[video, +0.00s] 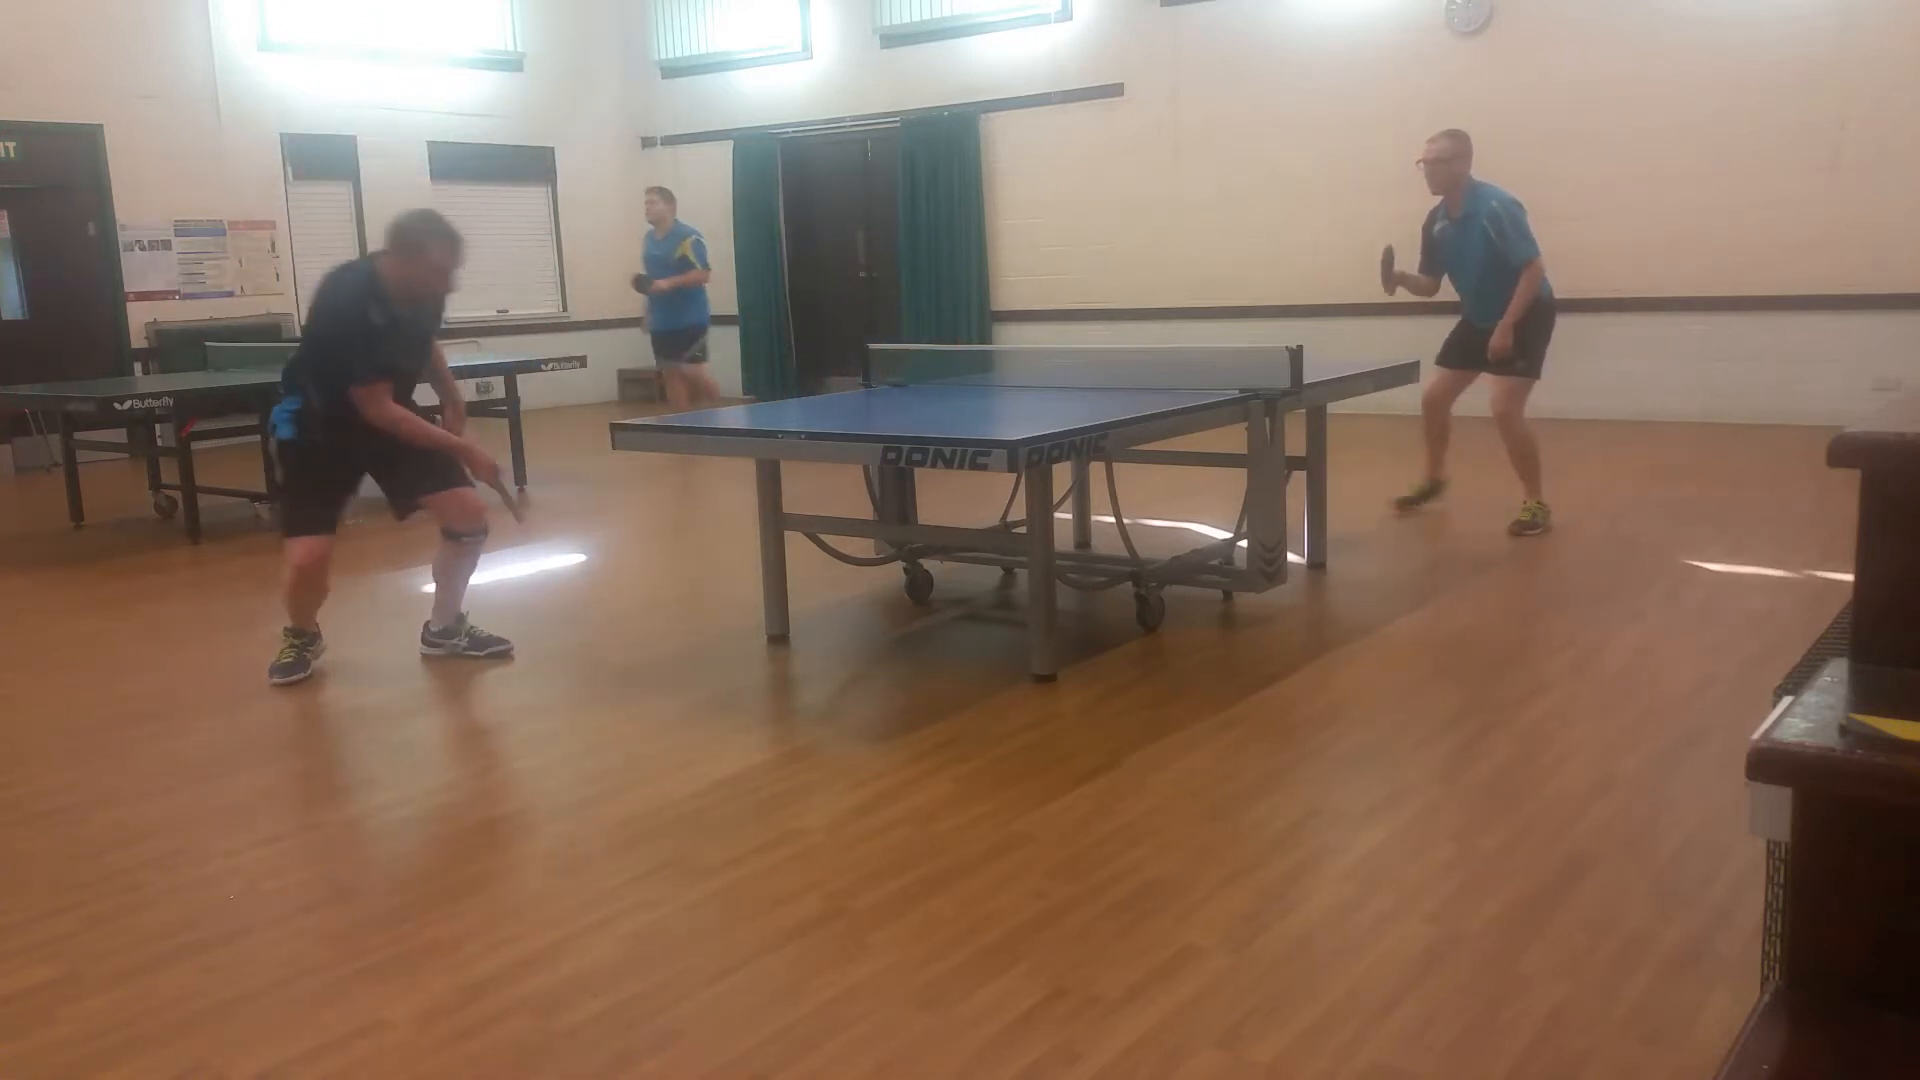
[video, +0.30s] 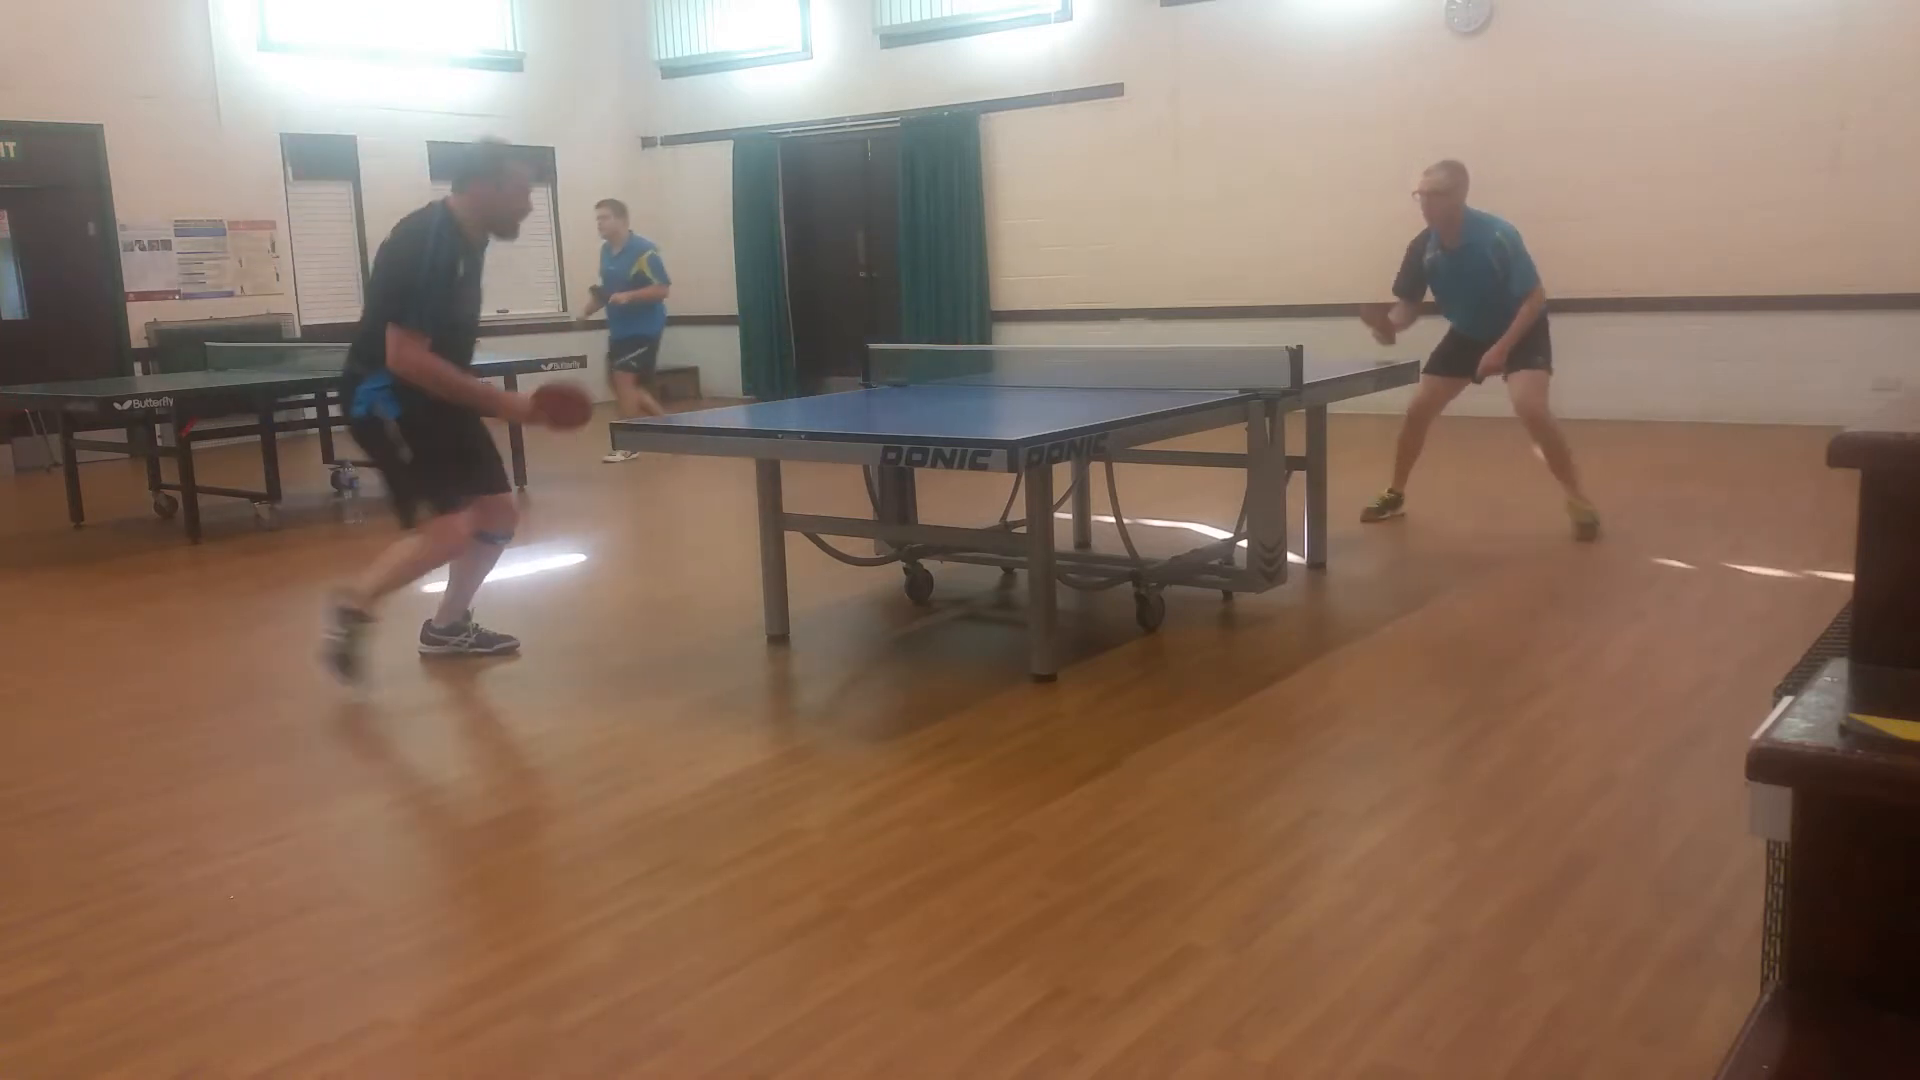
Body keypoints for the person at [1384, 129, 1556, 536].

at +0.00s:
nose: (1426, 171)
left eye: (1435, 163)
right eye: (1424, 163)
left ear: (1462, 164)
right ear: (1426, 167)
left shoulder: (1498, 206)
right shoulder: (1436, 221)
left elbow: (1534, 271)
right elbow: (1428, 286)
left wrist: (1506, 326)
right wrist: (1398, 277)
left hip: (1527, 315)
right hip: (1481, 317)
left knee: (1506, 409)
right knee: (1434, 399)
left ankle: (1535, 503)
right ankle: (1434, 481)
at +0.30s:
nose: (1422, 203)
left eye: (1431, 196)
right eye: (1420, 195)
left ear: (1456, 198)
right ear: (1419, 198)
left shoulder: (1499, 236)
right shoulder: (1423, 248)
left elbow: (1535, 298)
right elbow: (1408, 304)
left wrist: (1501, 348)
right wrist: (1390, 324)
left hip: (1520, 327)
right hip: (1468, 331)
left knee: (1531, 409)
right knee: (1419, 408)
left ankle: (1577, 500)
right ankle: (1395, 493)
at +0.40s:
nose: (1430, 223)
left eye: (1438, 216)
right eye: (1428, 216)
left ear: (1464, 219)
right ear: (1427, 217)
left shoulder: (1506, 254)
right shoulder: (1431, 266)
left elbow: (1545, 317)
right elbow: (1423, 326)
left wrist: (1508, 364)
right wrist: (1404, 346)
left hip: (1531, 338)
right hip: (1478, 341)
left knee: (1548, 416)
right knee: (1418, 404)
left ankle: (1592, 505)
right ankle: (1393, 493)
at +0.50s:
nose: (1439, 246)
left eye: (1448, 238)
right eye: (1437, 238)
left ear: (1472, 240)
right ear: (1434, 239)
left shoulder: (1515, 268)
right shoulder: (1440, 284)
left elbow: (1558, 330)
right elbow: (1437, 342)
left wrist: (1525, 378)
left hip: (1537, 351)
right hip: (1482, 354)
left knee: (1559, 414)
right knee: (1415, 406)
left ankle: (1596, 504)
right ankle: (1393, 492)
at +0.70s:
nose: (1457, 231)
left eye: (1465, 225)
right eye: (1456, 223)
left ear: (1490, 224)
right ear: (1455, 221)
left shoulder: (1521, 257)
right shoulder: (1450, 256)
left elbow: (1581, 303)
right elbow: (1407, 288)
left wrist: (1580, 355)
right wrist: (1408, 308)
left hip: (1540, 352)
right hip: (1488, 353)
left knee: (1554, 419)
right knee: (1415, 408)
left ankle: (1596, 506)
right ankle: (1391, 492)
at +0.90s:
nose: (1460, 193)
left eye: (1470, 185)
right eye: (1458, 185)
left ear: (1493, 188)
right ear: (1455, 186)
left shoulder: (1517, 231)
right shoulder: (1473, 229)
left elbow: (1568, 283)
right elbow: (1488, 275)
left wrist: (1566, 337)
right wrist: (1454, 282)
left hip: (1541, 344)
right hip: (1496, 341)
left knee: (1547, 421)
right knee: (1432, 400)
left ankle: (1595, 507)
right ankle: (1404, 482)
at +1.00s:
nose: (1454, 183)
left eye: (1462, 176)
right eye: (1453, 176)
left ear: (1486, 179)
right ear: (1459, 179)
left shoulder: (1513, 223)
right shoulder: (1476, 220)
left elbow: (1559, 277)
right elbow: (1500, 277)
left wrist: (1544, 325)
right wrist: (1472, 306)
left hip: (1541, 333)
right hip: (1497, 335)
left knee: (1546, 419)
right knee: (1435, 400)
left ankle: (1595, 506)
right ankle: (1447, 475)